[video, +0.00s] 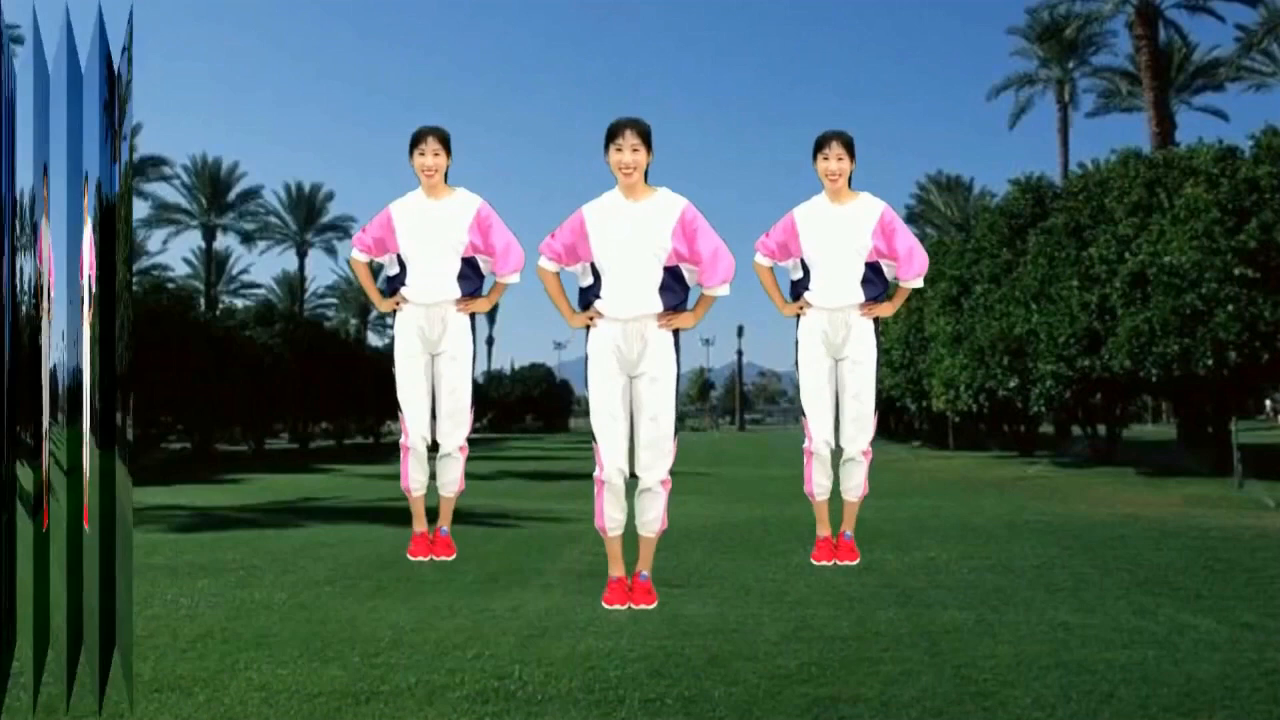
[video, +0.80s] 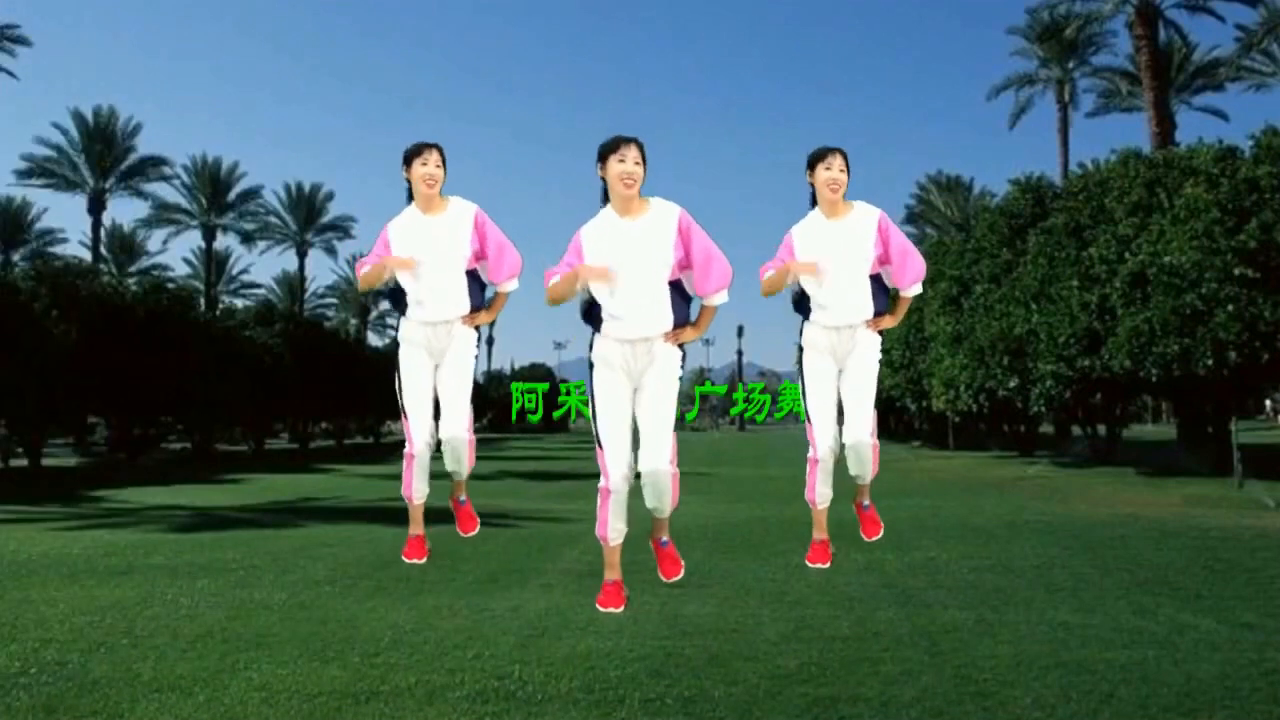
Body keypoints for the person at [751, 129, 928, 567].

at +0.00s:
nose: (833, 165)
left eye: (840, 158)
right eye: (825, 158)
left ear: (852, 164)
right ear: (815, 165)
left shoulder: (874, 210)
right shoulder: (803, 215)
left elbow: (915, 259)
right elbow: (762, 257)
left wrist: (892, 304)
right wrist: (783, 305)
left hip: (859, 325)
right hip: (814, 325)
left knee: (856, 431)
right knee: (819, 431)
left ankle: (847, 533)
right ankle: (823, 533)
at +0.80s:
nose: (835, 175)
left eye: (841, 169)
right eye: (826, 169)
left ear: (849, 179)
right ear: (811, 178)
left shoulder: (872, 220)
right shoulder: (800, 232)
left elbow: (911, 267)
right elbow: (766, 287)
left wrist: (896, 315)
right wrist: (789, 270)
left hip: (863, 335)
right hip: (818, 337)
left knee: (859, 436)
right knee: (822, 439)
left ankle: (864, 500)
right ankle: (819, 534)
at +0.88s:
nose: (837, 167)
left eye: (843, 161)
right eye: (828, 160)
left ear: (850, 170)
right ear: (812, 168)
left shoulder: (872, 207)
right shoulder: (800, 219)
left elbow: (915, 254)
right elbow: (770, 263)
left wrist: (899, 301)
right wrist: (796, 215)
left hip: (868, 324)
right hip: (824, 329)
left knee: (873, 431)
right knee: (826, 435)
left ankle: (882, 498)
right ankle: (819, 534)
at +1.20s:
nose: (851, 193)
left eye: (857, 186)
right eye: (843, 185)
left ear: (864, 191)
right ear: (827, 191)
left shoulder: (892, 228)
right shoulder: (821, 239)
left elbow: (938, 266)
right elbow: (828, 263)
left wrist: (925, 314)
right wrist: (827, 213)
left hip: (899, 348)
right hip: (853, 352)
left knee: (905, 455)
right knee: (849, 453)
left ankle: (926, 526)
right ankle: (822, 536)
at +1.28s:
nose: (853, 183)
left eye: (858, 176)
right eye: (845, 176)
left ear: (866, 183)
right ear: (829, 183)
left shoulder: (892, 220)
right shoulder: (825, 230)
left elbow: (939, 258)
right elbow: (821, 260)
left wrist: (925, 306)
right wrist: (827, 205)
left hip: (898, 340)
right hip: (853, 344)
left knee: (909, 446)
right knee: (847, 448)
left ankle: (927, 526)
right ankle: (823, 536)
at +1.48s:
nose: (847, 152)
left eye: (852, 144)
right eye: (839, 145)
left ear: (862, 148)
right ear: (824, 153)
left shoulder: (889, 182)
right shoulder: (821, 193)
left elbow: (932, 224)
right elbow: (814, 223)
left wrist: (917, 276)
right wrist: (819, 169)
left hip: (887, 296)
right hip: (843, 298)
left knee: (892, 422)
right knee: (838, 417)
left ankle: (886, 462)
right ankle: (829, 523)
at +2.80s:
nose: (863, 161)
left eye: (870, 154)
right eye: (855, 154)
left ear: (881, 162)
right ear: (844, 162)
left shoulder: (901, 211)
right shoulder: (826, 209)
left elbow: (932, 258)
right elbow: (775, 243)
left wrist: (908, 305)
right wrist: (805, 292)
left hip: (888, 325)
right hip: (842, 325)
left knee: (887, 435)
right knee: (841, 436)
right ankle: (829, 534)